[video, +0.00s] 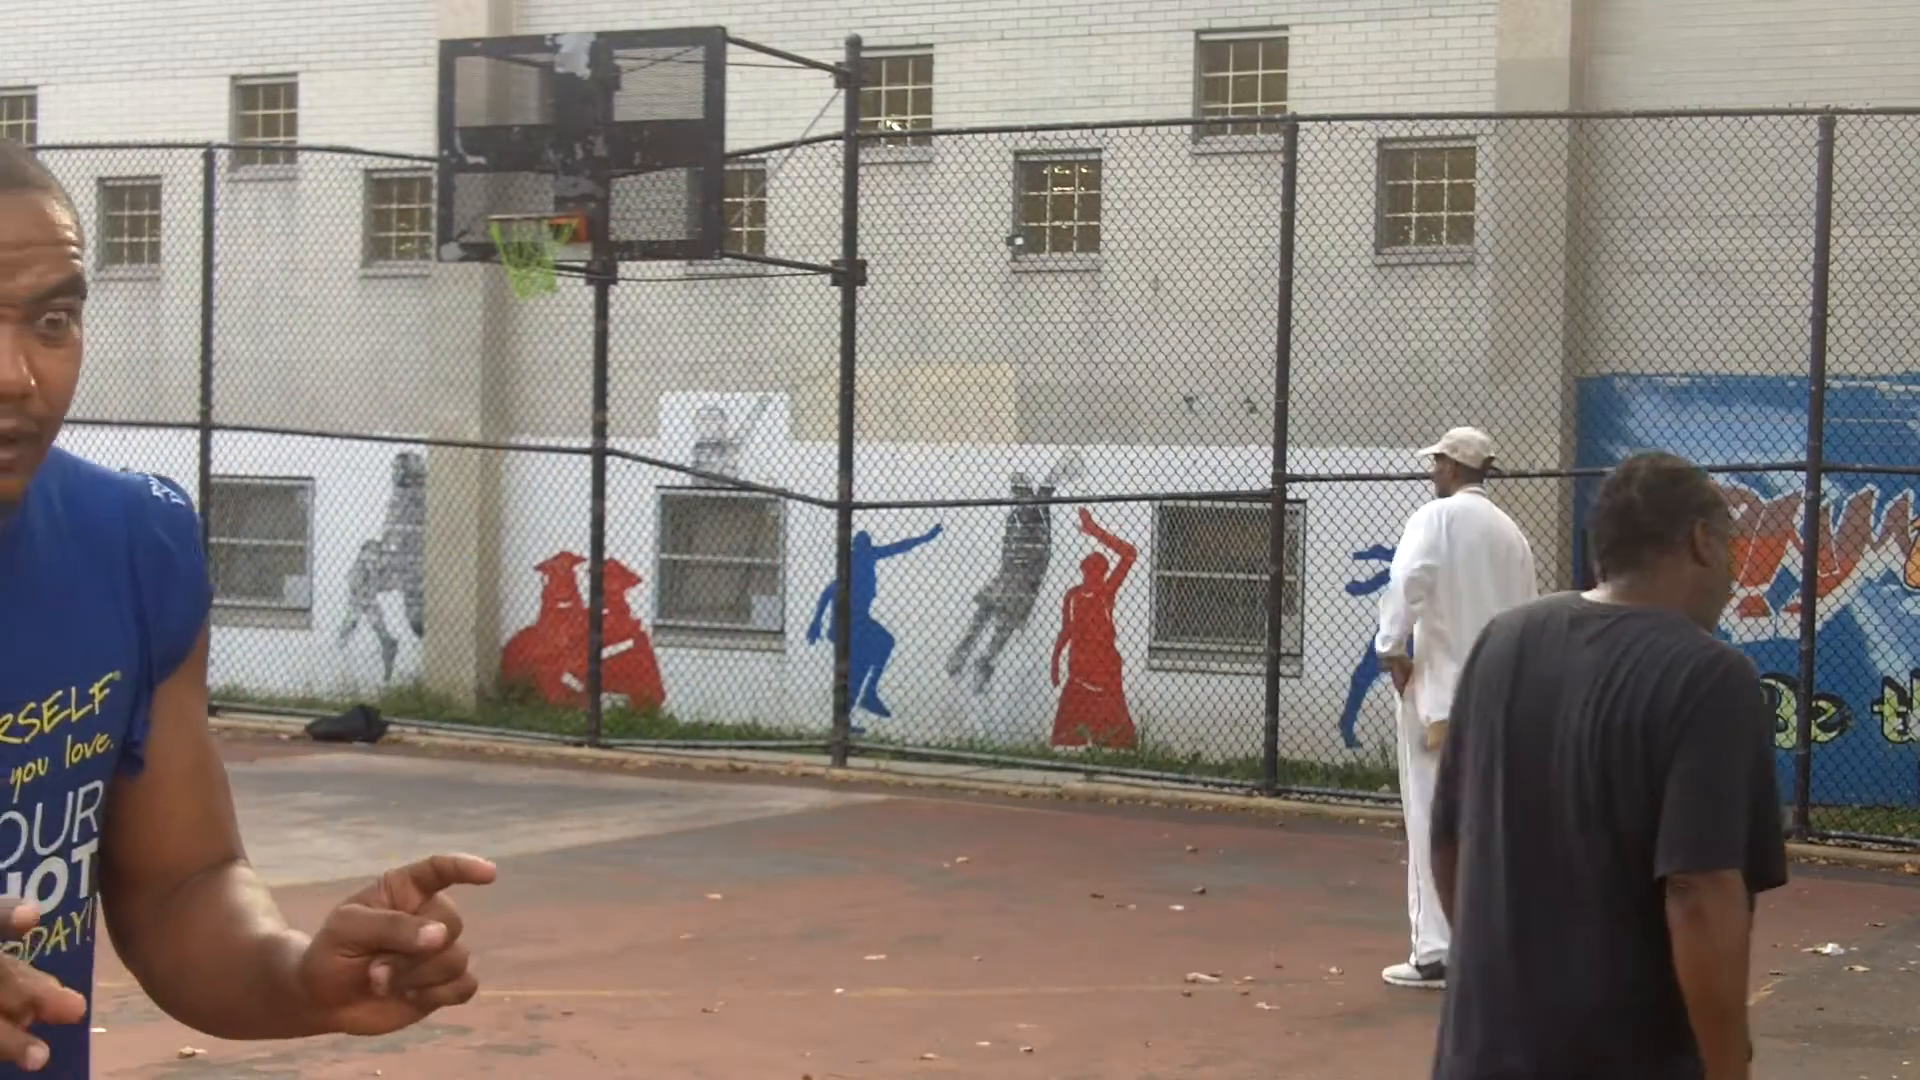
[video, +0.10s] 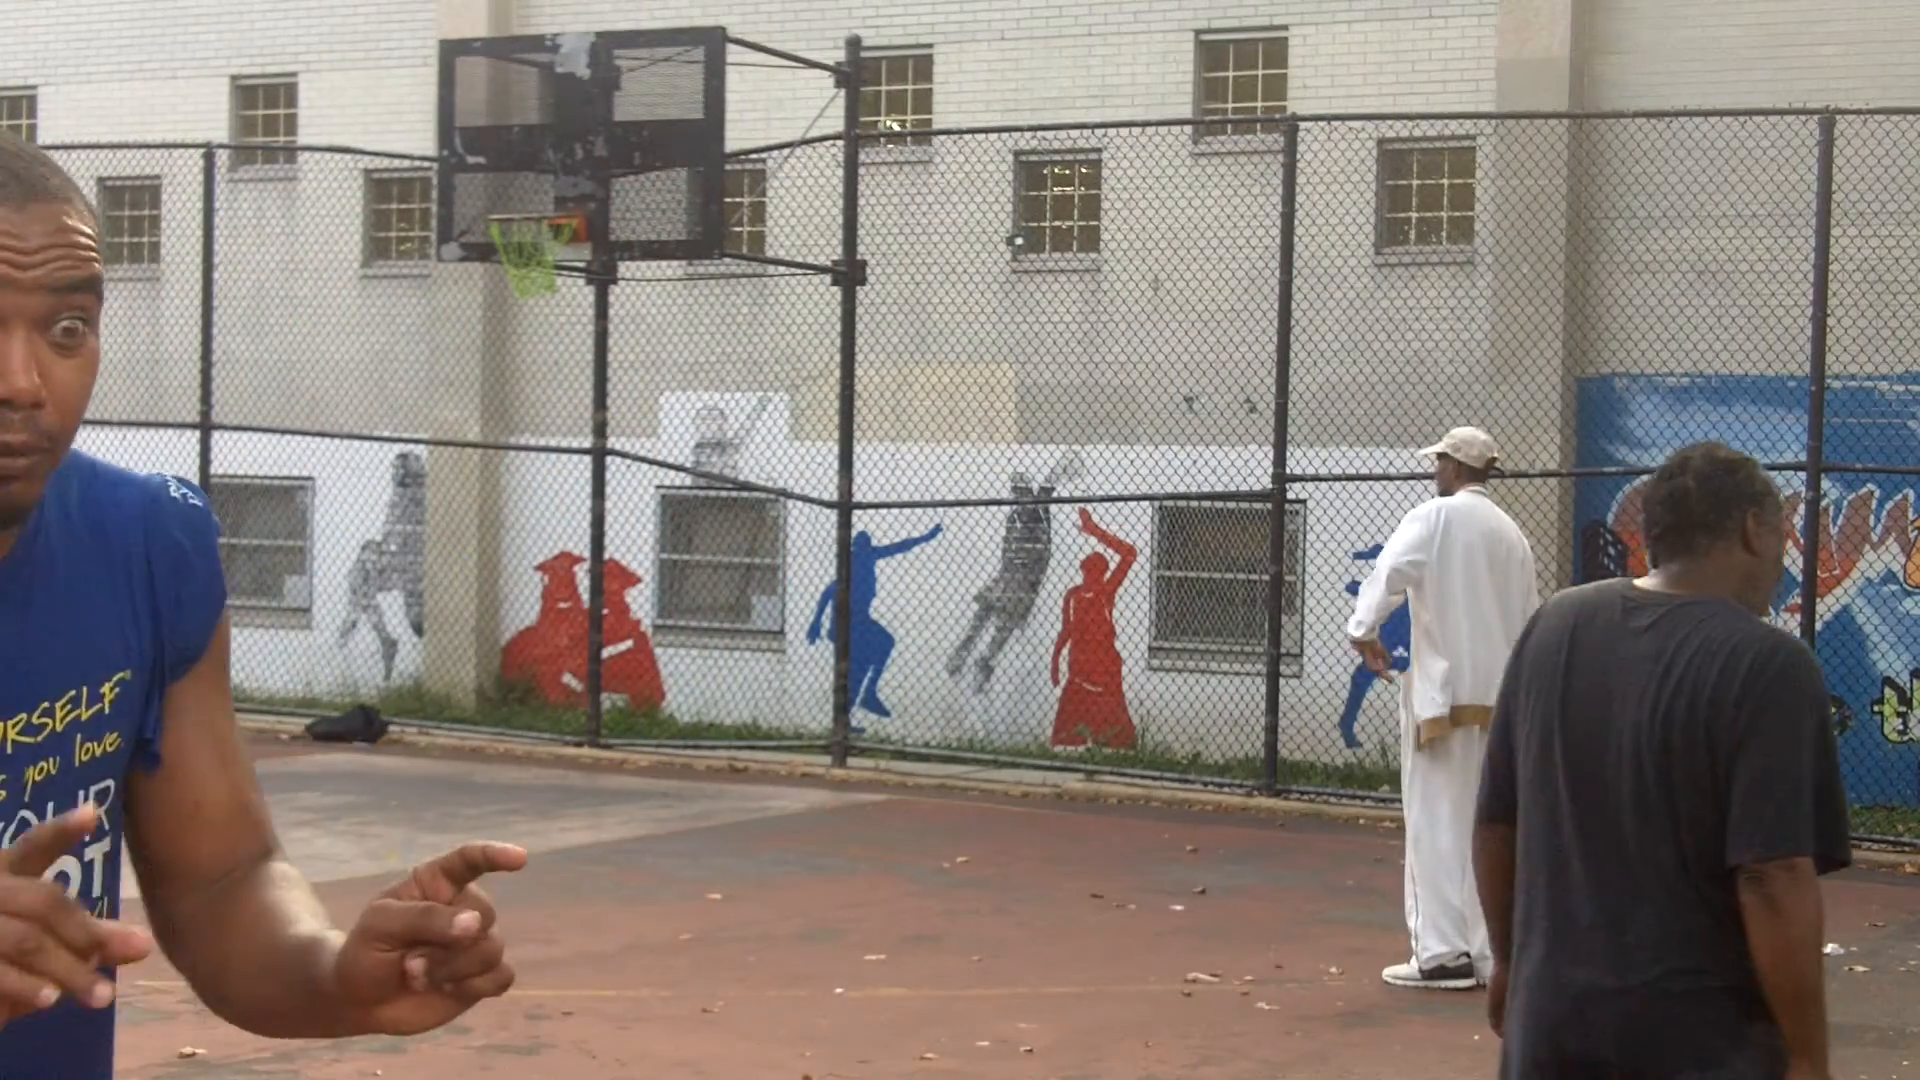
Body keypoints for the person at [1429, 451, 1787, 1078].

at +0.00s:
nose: (1734, 571)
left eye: (1734, 548)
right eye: (1730, 546)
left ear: (1610, 548)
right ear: (1701, 541)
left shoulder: (1504, 636)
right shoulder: (1708, 673)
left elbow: (1449, 838)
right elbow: (1699, 886)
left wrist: (1494, 973)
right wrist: (1729, 1063)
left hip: (1485, 1044)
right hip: (1637, 1052)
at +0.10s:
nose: (1785, 557)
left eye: (1786, 537)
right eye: (1782, 535)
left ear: (1656, 539)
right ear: (1752, 530)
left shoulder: (1553, 623)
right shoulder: (1767, 662)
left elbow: (1495, 826)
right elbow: (1771, 875)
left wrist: (1504, 958)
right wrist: (1809, 1058)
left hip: (1548, 1020)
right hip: (1705, 1038)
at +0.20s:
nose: (1825, 546)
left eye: (1824, 524)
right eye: (1821, 523)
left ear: (1692, 529)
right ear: (1792, 521)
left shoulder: (1598, 620)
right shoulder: (1816, 652)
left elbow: (1531, 816)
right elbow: (1843, 866)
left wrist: (1532, 958)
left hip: (1600, 1000)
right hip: (1751, 1020)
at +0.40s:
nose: (1883, 535)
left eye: (1880, 518)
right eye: (1878, 518)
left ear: (1756, 543)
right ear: (1863, 524)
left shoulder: (1665, 637)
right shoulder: (1896, 654)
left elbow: (1602, 822)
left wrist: (1590, 972)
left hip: (1677, 1000)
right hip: (1832, 1007)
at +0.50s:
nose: (1909, 542)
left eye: (1907, 525)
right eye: (1905, 525)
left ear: (1784, 548)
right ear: (1887, 531)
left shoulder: (1699, 643)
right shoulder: (1903, 651)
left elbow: (1638, 827)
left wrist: (1620, 980)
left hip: (1719, 1004)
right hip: (1874, 1007)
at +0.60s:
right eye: (1919, 523)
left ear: (1803, 545)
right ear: (1907, 531)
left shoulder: (1730, 644)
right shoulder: (1906, 637)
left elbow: (1672, 829)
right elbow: (1673, 830)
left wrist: (1655, 978)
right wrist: (1657, 978)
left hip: (1758, 1009)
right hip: (1897, 1007)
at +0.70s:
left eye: (1816, 540)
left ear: (1828, 546)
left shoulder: (1763, 639)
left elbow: (1708, 826)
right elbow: (1709, 828)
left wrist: (1703, 967)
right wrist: (1704, 970)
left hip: (1787, 1002)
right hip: (1906, 999)